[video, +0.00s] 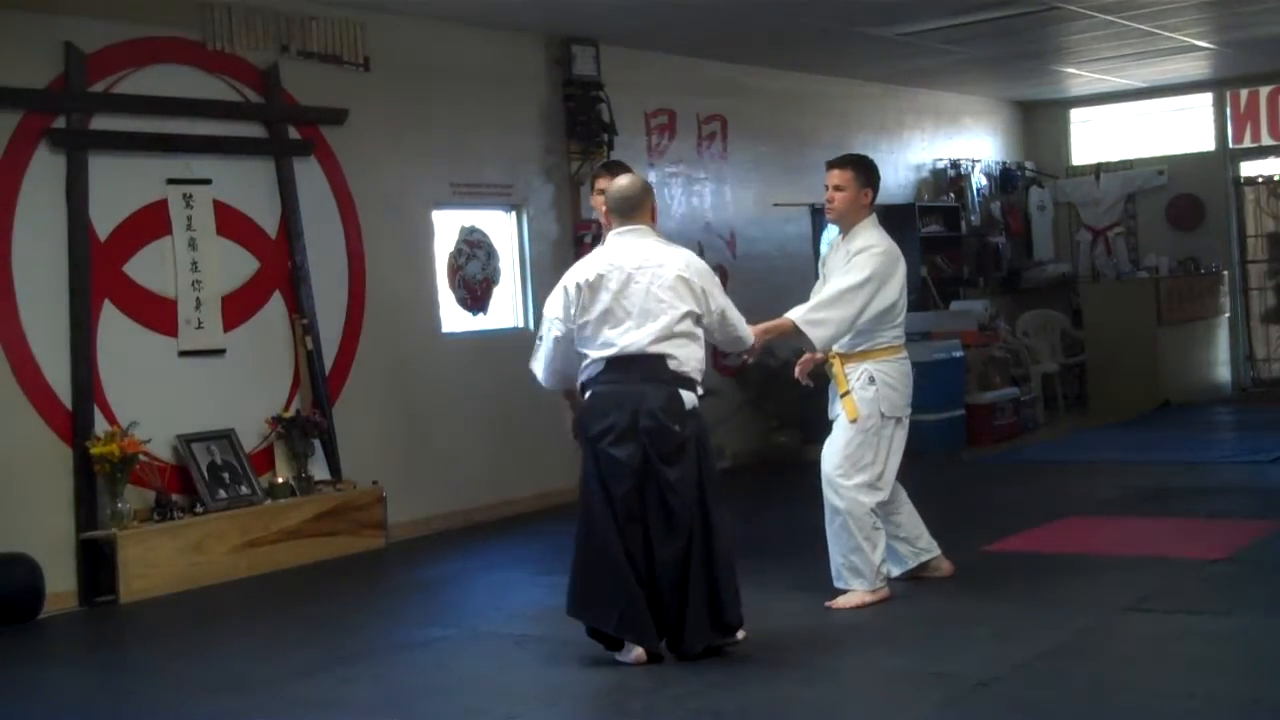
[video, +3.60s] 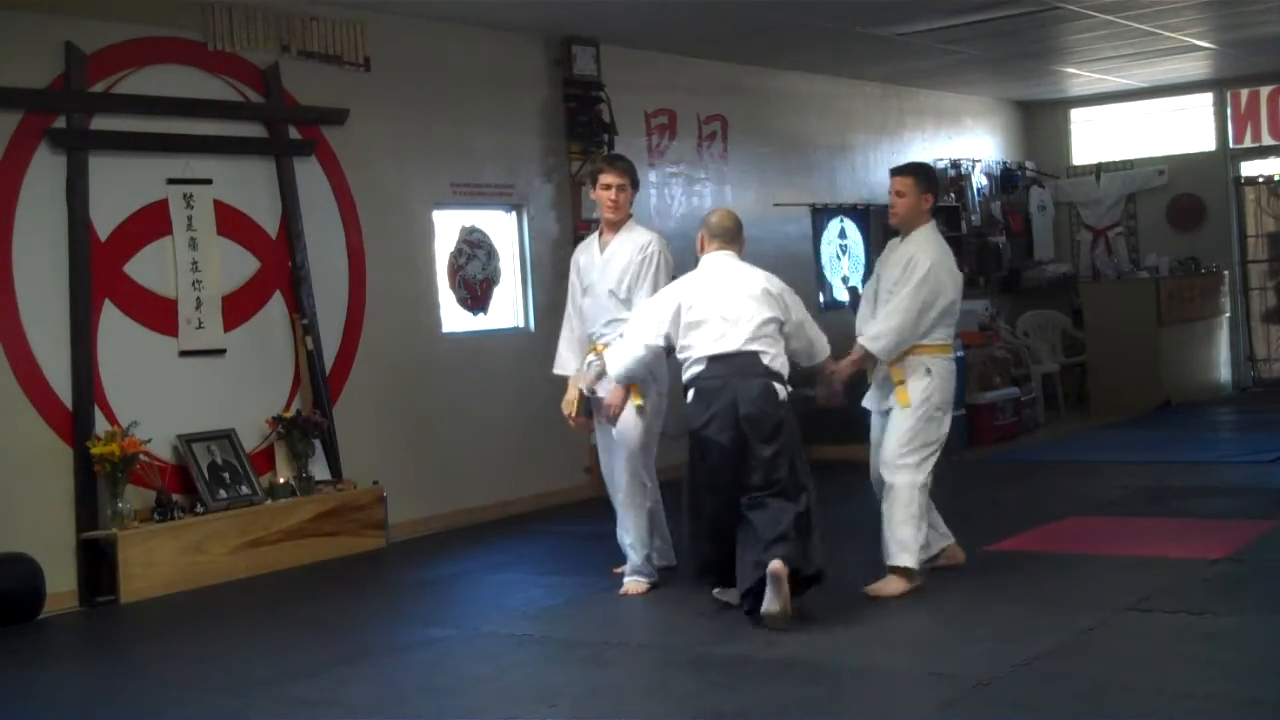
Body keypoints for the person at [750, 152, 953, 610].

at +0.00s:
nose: (827, 197)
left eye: (838, 190)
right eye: (827, 189)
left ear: (866, 196)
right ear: (832, 194)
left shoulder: (875, 251)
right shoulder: (841, 244)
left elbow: (828, 308)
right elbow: (845, 312)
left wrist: (765, 330)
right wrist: (824, 353)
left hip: (879, 373)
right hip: (853, 372)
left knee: (841, 468)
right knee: (869, 474)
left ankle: (867, 582)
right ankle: (925, 558)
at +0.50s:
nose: (831, 197)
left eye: (842, 190)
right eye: (830, 188)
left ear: (869, 198)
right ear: (831, 193)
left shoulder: (882, 254)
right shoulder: (833, 245)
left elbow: (856, 328)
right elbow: (810, 310)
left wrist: (817, 375)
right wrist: (801, 361)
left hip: (875, 373)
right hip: (846, 371)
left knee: (840, 470)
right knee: (868, 475)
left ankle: (864, 582)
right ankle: (926, 558)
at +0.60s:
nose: (835, 197)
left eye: (846, 190)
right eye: (834, 188)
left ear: (873, 198)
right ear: (834, 192)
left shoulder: (886, 254)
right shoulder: (833, 240)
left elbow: (872, 328)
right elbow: (821, 303)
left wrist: (849, 374)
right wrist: (812, 348)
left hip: (874, 375)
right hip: (842, 373)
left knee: (837, 469)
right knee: (868, 474)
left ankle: (865, 581)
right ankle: (925, 557)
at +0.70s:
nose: (839, 196)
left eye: (851, 189)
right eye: (838, 187)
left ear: (878, 198)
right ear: (837, 191)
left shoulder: (887, 255)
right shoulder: (835, 239)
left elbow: (896, 322)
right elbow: (824, 298)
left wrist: (898, 357)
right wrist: (811, 339)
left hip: (867, 380)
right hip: (836, 376)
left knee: (836, 471)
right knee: (870, 475)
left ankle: (863, 582)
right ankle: (924, 557)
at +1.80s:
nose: (843, 194)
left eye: (853, 186)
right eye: (841, 185)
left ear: (880, 192)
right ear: (841, 190)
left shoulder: (896, 249)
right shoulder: (841, 239)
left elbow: (881, 319)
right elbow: (823, 302)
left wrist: (849, 368)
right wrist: (813, 355)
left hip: (879, 371)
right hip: (849, 368)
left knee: (844, 469)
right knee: (875, 472)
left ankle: (866, 582)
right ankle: (928, 558)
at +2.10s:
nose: (837, 194)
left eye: (847, 186)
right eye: (835, 186)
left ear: (875, 191)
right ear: (836, 190)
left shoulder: (890, 249)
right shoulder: (843, 241)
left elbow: (859, 308)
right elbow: (825, 293)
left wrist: (812, 332)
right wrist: (814, 330)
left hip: (883, 372)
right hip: (853, 371)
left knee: (847, 470)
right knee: (876, 473)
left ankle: (867, 584)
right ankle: (928, 558)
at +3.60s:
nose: (891, 202)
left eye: (899, 195)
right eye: (890, 195)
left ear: (926, 201)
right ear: (898, 200)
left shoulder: (930, 255)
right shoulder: (896, 247)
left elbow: (902, 321)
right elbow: (871, 303)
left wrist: (853, 362)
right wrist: (860, 349)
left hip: (925, 370)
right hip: (891, 368)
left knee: (903, 466)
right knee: (883, 468)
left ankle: (902, 569)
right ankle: (942, 545)